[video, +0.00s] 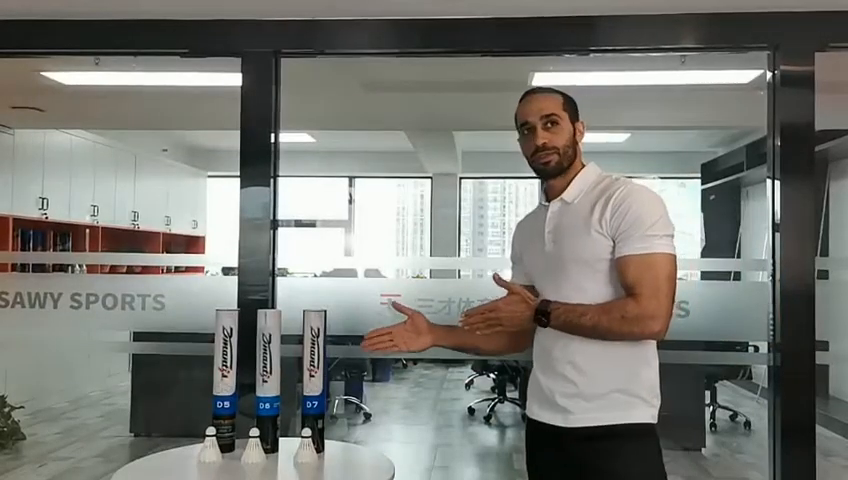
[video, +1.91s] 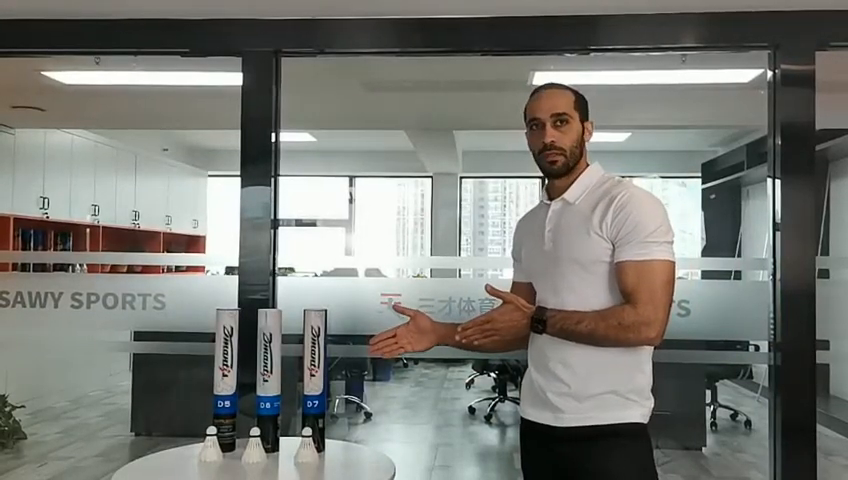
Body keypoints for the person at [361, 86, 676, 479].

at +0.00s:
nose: (538, 139)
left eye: (550, 124)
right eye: (527, 131)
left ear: (578, 131)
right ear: (520, 145)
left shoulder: (631, 202)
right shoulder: (527, 230)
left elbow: (650, 317)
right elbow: (522, 335)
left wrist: (539, 311)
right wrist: (436, 333)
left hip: (619, 425)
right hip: (545, 423)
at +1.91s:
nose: (547, 138)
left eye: (560, 123)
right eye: (536, 127)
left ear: (586, 130)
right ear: (527, 137)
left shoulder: (632, 206)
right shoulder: (529, 226)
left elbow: (647, 324)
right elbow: (521, 327)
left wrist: (536, 320)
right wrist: (440, 332)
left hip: (610, 427)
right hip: (540, 424)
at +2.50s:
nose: (515, 154)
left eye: (525, 139)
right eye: (514, 141)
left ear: (567, 133)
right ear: (562, 135)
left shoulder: (635, 208)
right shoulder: (532, 221)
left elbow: (646, 327)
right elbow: (507, 322)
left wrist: (537, 297)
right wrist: (431, 290)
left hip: (612, 428)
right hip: (541, 424)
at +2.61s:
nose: (514, 156)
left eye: (524, 139)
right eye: (513, 142)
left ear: (567, 134)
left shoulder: (634, 209)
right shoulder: (530, 222)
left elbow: (647, 330)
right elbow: (492, 318)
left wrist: (536, 306)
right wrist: (409, 306)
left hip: (613, 429)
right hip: (541, 425)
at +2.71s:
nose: (512, 158)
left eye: (522, 142)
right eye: (510, 144)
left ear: (565, 134)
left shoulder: (633, 208)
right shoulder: (527, 222)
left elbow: (650, 330)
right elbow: (486, 315)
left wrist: (539, 309)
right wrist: (398, 319)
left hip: (614, 429)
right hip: (541, 425)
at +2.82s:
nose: (509, 160)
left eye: (519, 143)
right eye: (506, 146)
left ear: (561, 133)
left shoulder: (631, 208)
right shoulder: (523, 221)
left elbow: (654, 330)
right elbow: (486, 313)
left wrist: (541, 313)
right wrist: (396, 325)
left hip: (615, 429)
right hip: (542, 425)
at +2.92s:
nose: (505, 161)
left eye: (514, 144)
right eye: (502, 148)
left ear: (556, 134)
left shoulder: (629, 208)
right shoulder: (519, 222)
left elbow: (655, 329)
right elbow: (484, 314)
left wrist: (541, 316)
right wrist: (394, 326)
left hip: (616, 430)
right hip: (542, 427)